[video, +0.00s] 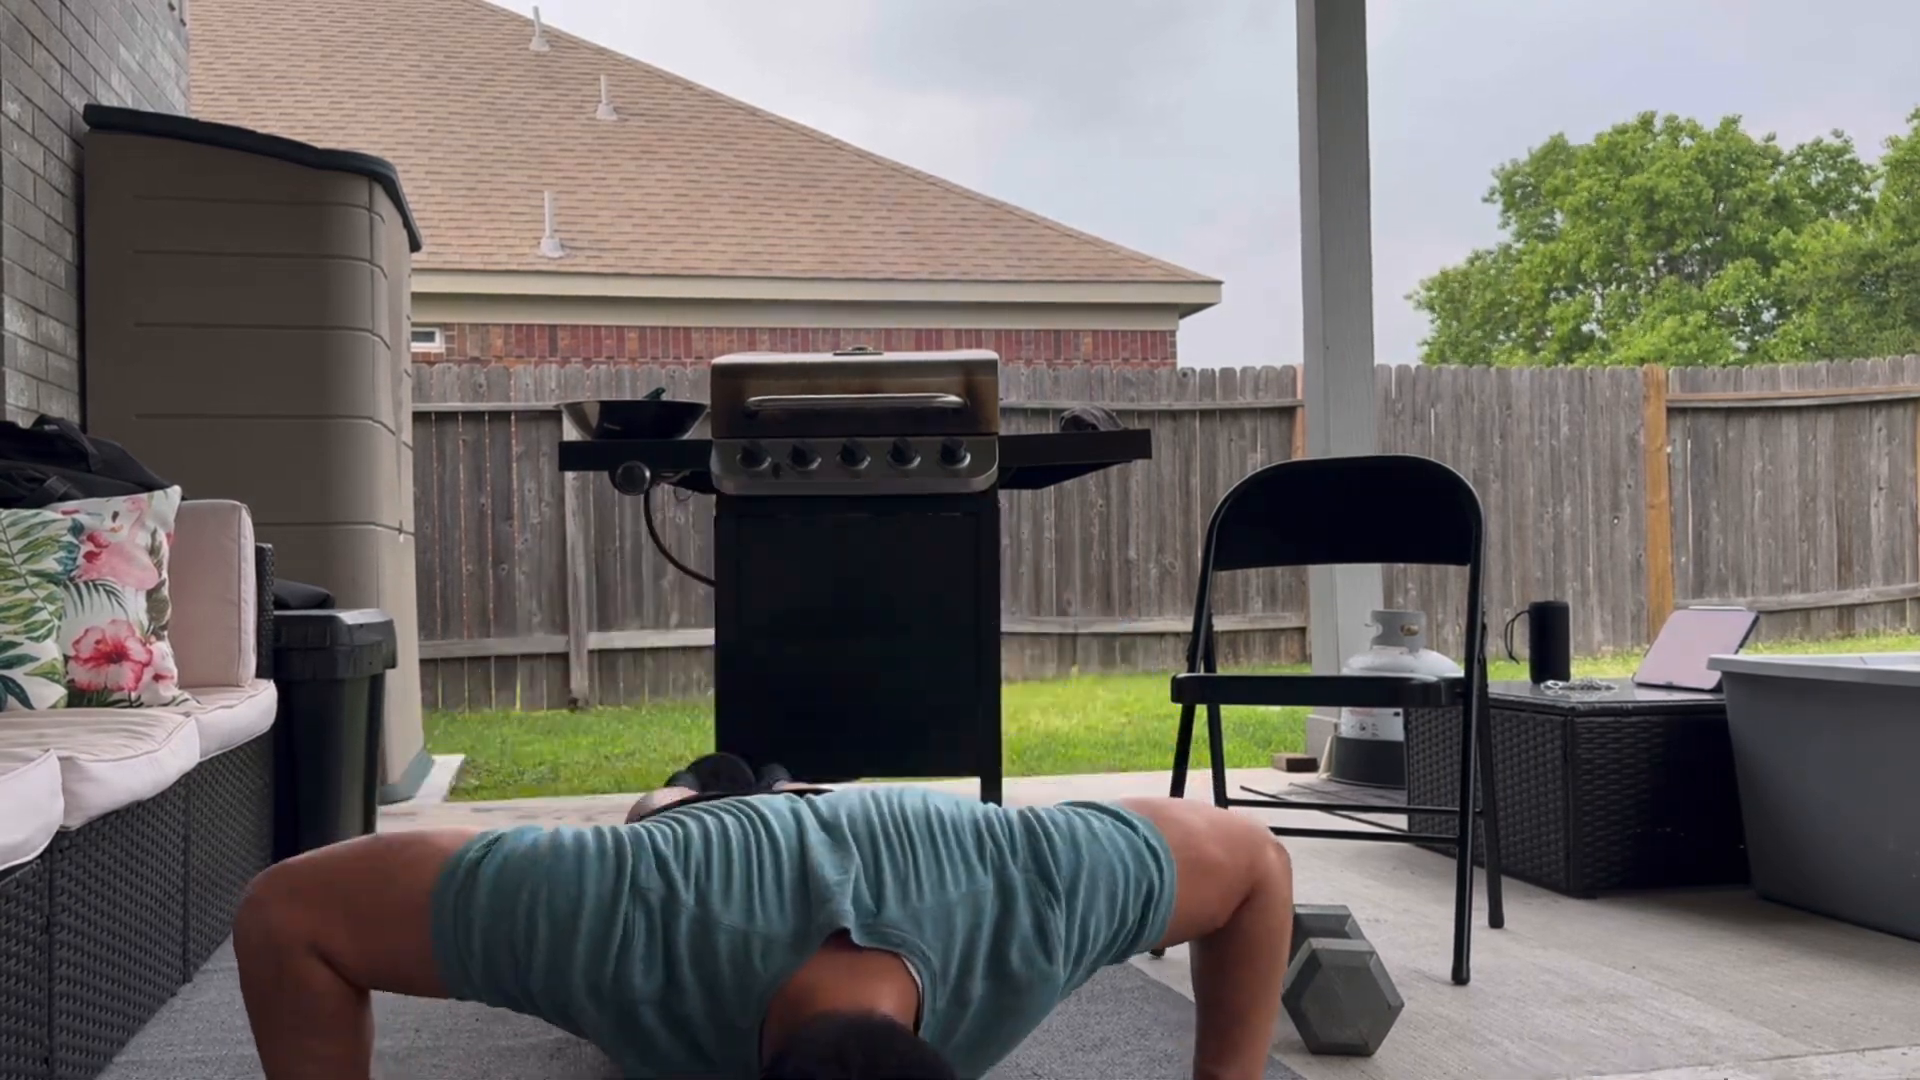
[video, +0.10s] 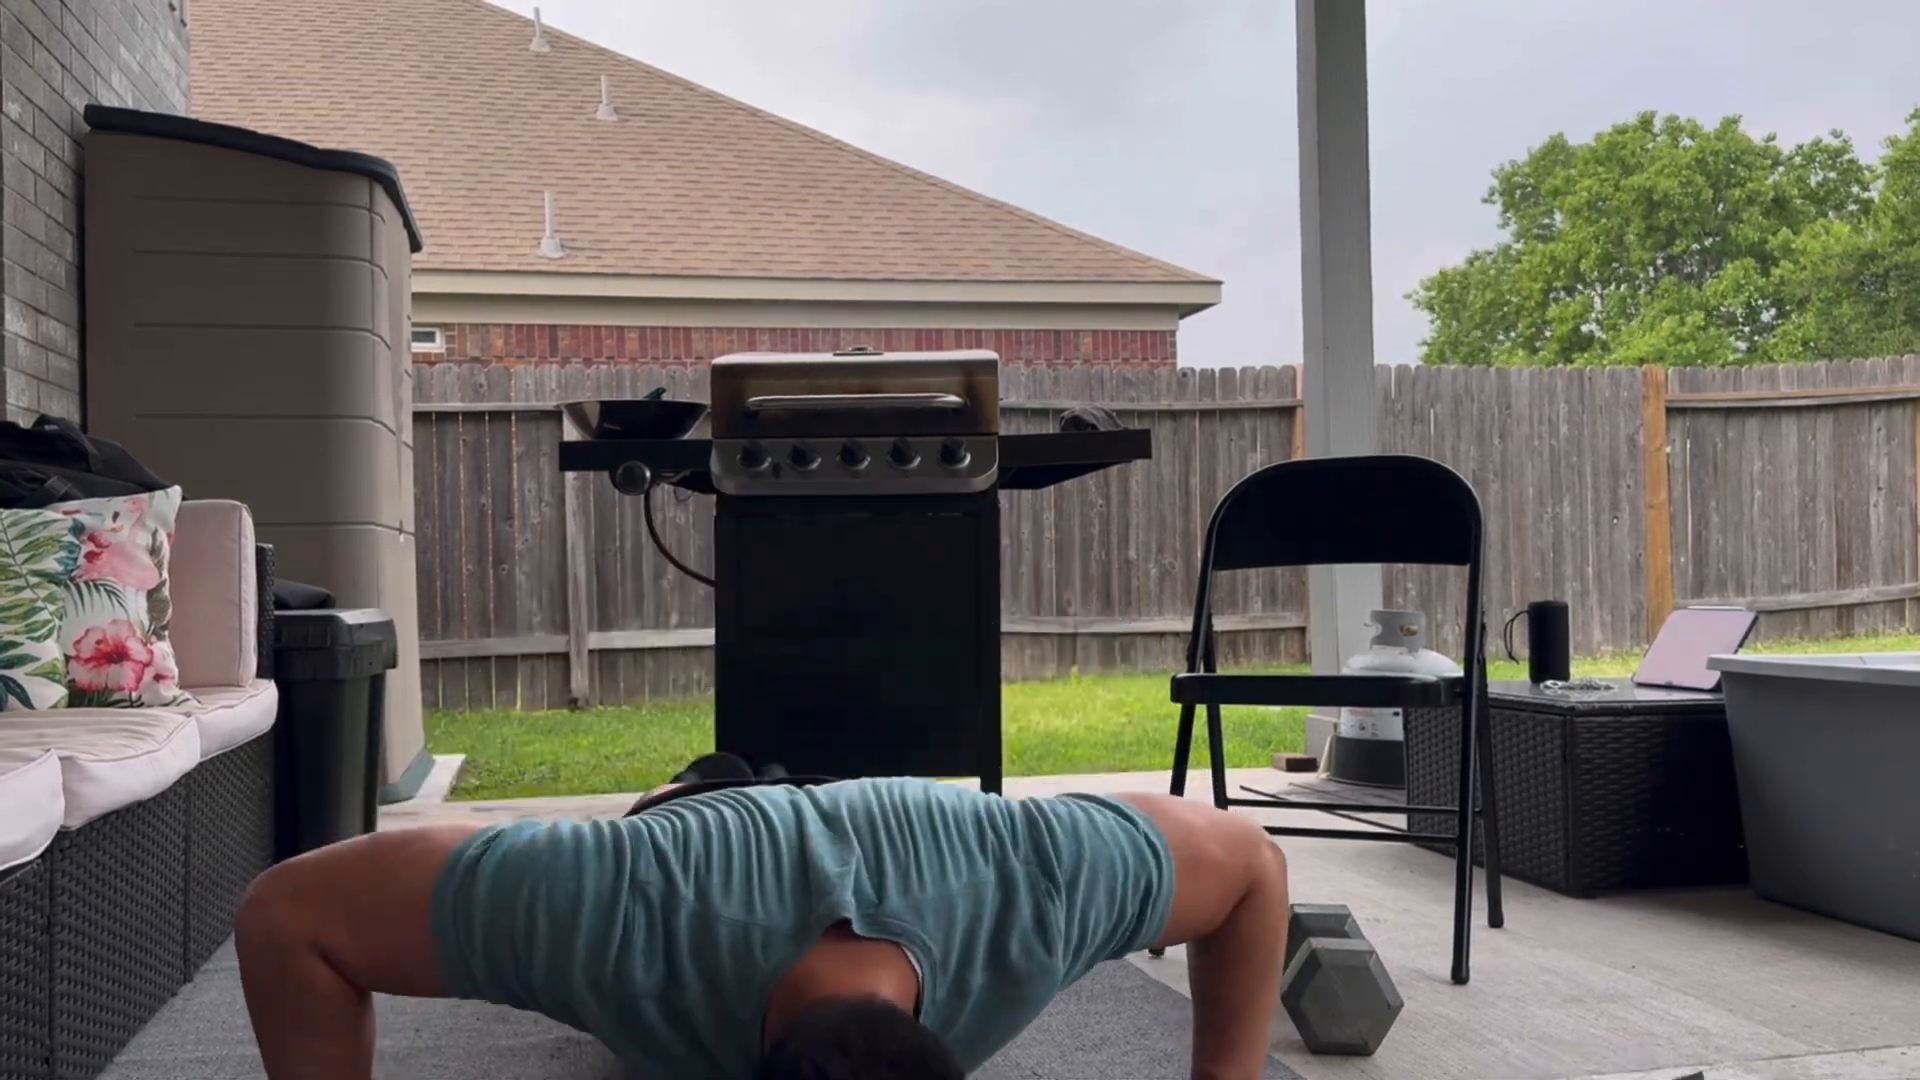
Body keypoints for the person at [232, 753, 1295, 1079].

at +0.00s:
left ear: (935, 1040)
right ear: (754, 1046)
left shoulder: (1034, 901)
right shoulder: (620, 931)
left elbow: (1253, 863)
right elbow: (288, 921)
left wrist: (1229, 1069)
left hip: (937, 833)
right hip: (674, 850)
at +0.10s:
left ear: (937, 1040)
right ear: (752, 1042)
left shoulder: (1043, 889)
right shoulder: (618, 923)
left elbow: (1249, 866)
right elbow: (288, 923)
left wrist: (1229, 1073)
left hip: (921, 813)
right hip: (691, 827)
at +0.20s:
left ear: (961, 982)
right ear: (732, 995)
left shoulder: (1055, 829)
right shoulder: (599, 849)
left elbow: (1249, 875)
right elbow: (286, 924)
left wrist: (1225, 1070)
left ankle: (1273, 901)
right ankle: (445, 803)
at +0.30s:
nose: (828, 1017)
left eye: (871, 1006)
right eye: (785, 984)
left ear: (965, 835)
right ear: (730, 846)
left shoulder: (1052, 736)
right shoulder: (587, 747)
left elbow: (1235, 871)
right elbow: (306, 916)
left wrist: (1224, 1068)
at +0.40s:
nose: (823, 925)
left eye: (863, 914)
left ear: (960, 788)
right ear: (728, 733)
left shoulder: (1036, 634)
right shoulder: (601, 628)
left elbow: (1195, 852)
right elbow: (374, 886)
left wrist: (1214, 1069)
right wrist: (361, 1073)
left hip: (871, 860)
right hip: (666, 847)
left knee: (835, 931)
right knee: (673, 905)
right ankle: (658, 890)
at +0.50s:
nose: (829, 948)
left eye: (871, 935)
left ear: (966, 801)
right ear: (731, 771)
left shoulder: (1042, 658)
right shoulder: (592, 655)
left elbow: (1209, 860)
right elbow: (345, 897)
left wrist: (1214, 1076)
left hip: (894, 833)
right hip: (671, 870)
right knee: (678, 919)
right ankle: (638, 856)